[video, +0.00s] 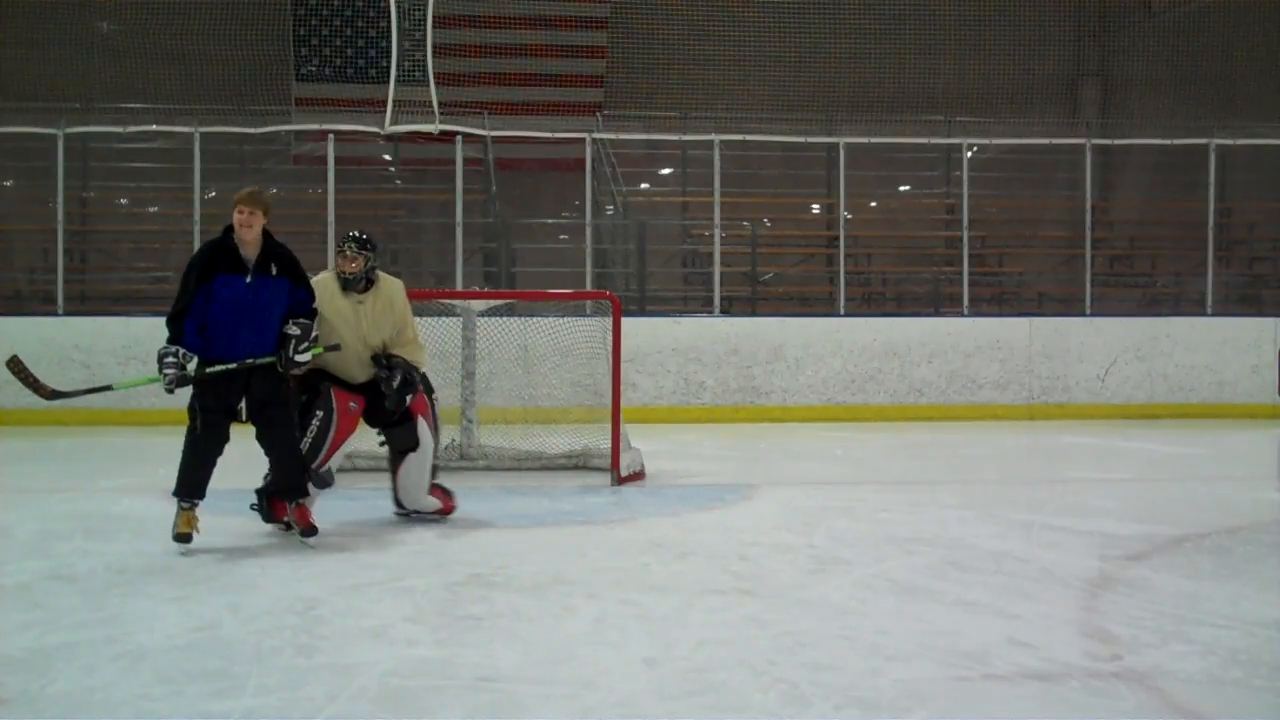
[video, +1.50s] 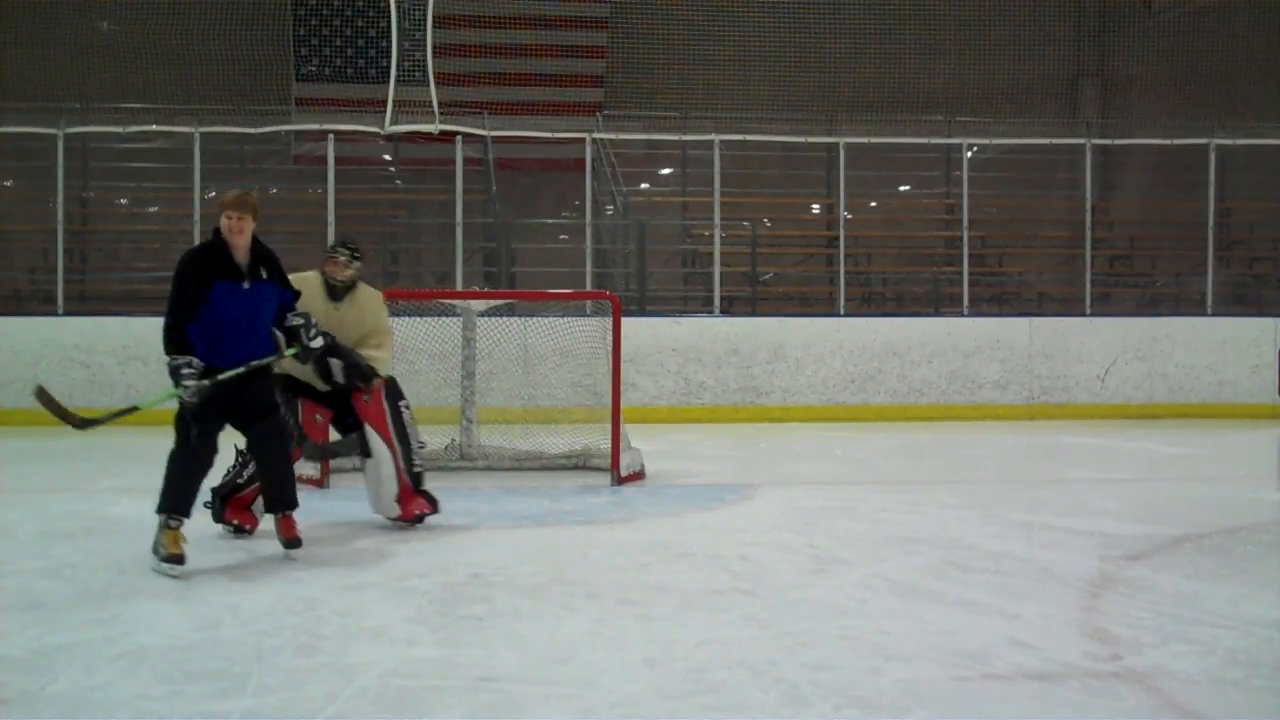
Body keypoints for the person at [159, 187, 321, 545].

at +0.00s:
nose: (245, 219)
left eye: (252, 213)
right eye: (240, 212)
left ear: (265, 219)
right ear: (232, 216)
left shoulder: (282, 259)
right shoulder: (209, 258)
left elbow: (304, 303)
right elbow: (184, 310)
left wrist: (299, 333)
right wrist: (175, 353)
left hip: (267, 365)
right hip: (216, 366)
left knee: (282, 433)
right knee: (206, 435)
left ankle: (296, 503)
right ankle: (186, 507)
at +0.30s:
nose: (236, 219)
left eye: (244, 214)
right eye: (232, 213)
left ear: (256, 220)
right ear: (225, 217)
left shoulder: (276, 259)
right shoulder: (202, 259)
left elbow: (306, 304)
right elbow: (178, 311)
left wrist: (306, 331)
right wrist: (164, 353)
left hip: (263, 364)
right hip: (211, 364)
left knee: (275, 430)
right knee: (201, 432)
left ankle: (294, 501)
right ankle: (184, 505)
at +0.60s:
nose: (229, 219)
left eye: (236, 214)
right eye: (224, 213)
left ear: (250, 220)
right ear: (218, 217)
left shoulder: (271, 258)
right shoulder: (197, 259)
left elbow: (299, 305)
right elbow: (176, 312)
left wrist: (300, 330)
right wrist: (159, 352)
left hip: (261, 362)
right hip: (210, 363)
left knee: (272, 431)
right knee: (200, 434)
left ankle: (292, 499)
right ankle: (186, 506)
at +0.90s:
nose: (227, 219)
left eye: (234, 215)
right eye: (222, 213)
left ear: (247, 221)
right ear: (214, 218)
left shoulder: (265, 259)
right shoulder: (192, 259)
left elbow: (289, 304)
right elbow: (171, 312)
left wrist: (290, 328)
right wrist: (152, 354)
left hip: (255, 362)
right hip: (204, 363)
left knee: (271, 431)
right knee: (193, 434)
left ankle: (292, 500)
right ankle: (175, 505)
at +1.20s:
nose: (219, 221)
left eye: (227, 216)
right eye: (214, 214)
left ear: (239, 222)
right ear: (205, 219)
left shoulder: (253, 261)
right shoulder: (183, 259)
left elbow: (275, 304)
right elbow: (155, 310)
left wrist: (279, 328)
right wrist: (149, 352)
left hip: (241, 366)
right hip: (190, 368)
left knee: (254, 439)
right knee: (175, 440)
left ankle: (284, 508)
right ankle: (151, 514)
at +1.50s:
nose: (232, 223)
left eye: (240, 218)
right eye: (227, 217)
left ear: (253, 222)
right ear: (219, 221)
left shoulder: (267, 261)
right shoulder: (198, 261)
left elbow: (286, 308)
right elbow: (176, 321)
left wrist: (306, 335)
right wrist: (184, 369)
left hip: (255, 371)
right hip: (206, 374)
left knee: (272, 438)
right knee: (195, 448)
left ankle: (283, 513)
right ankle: (171, 527)